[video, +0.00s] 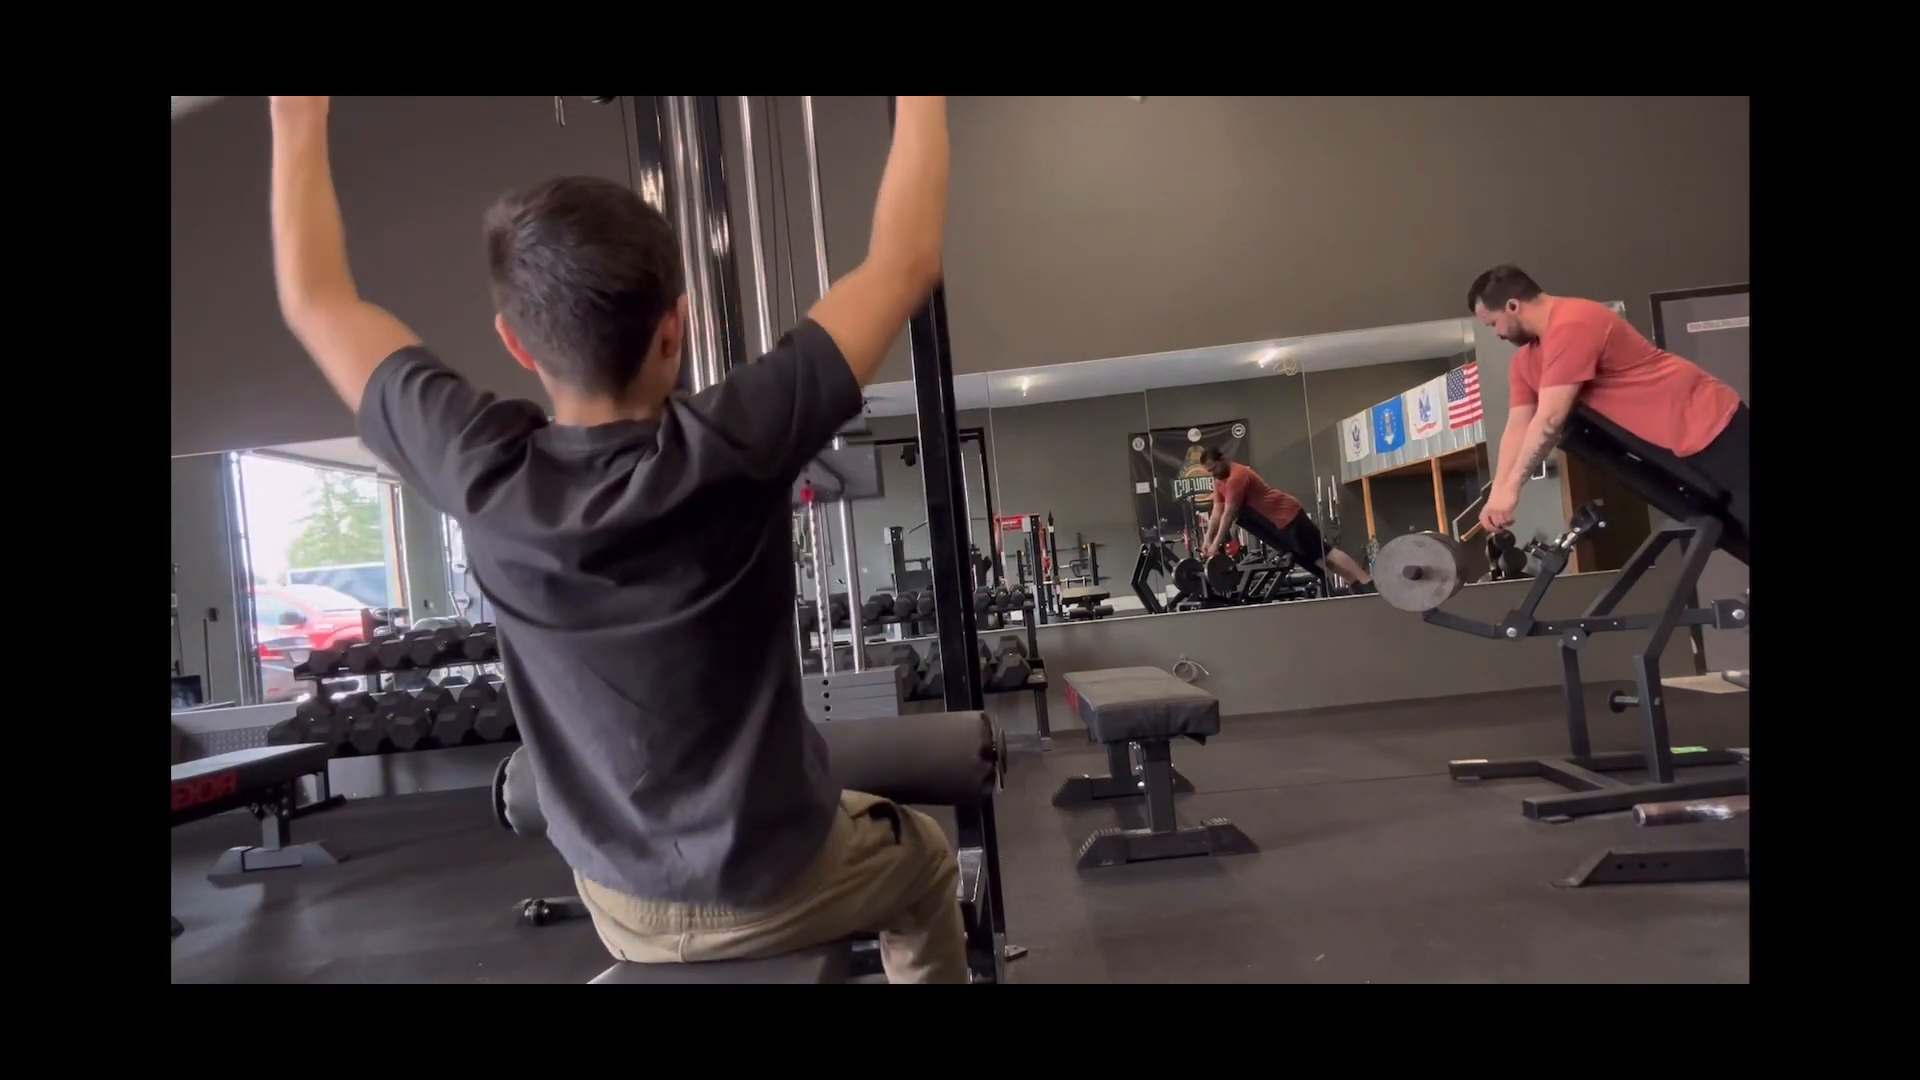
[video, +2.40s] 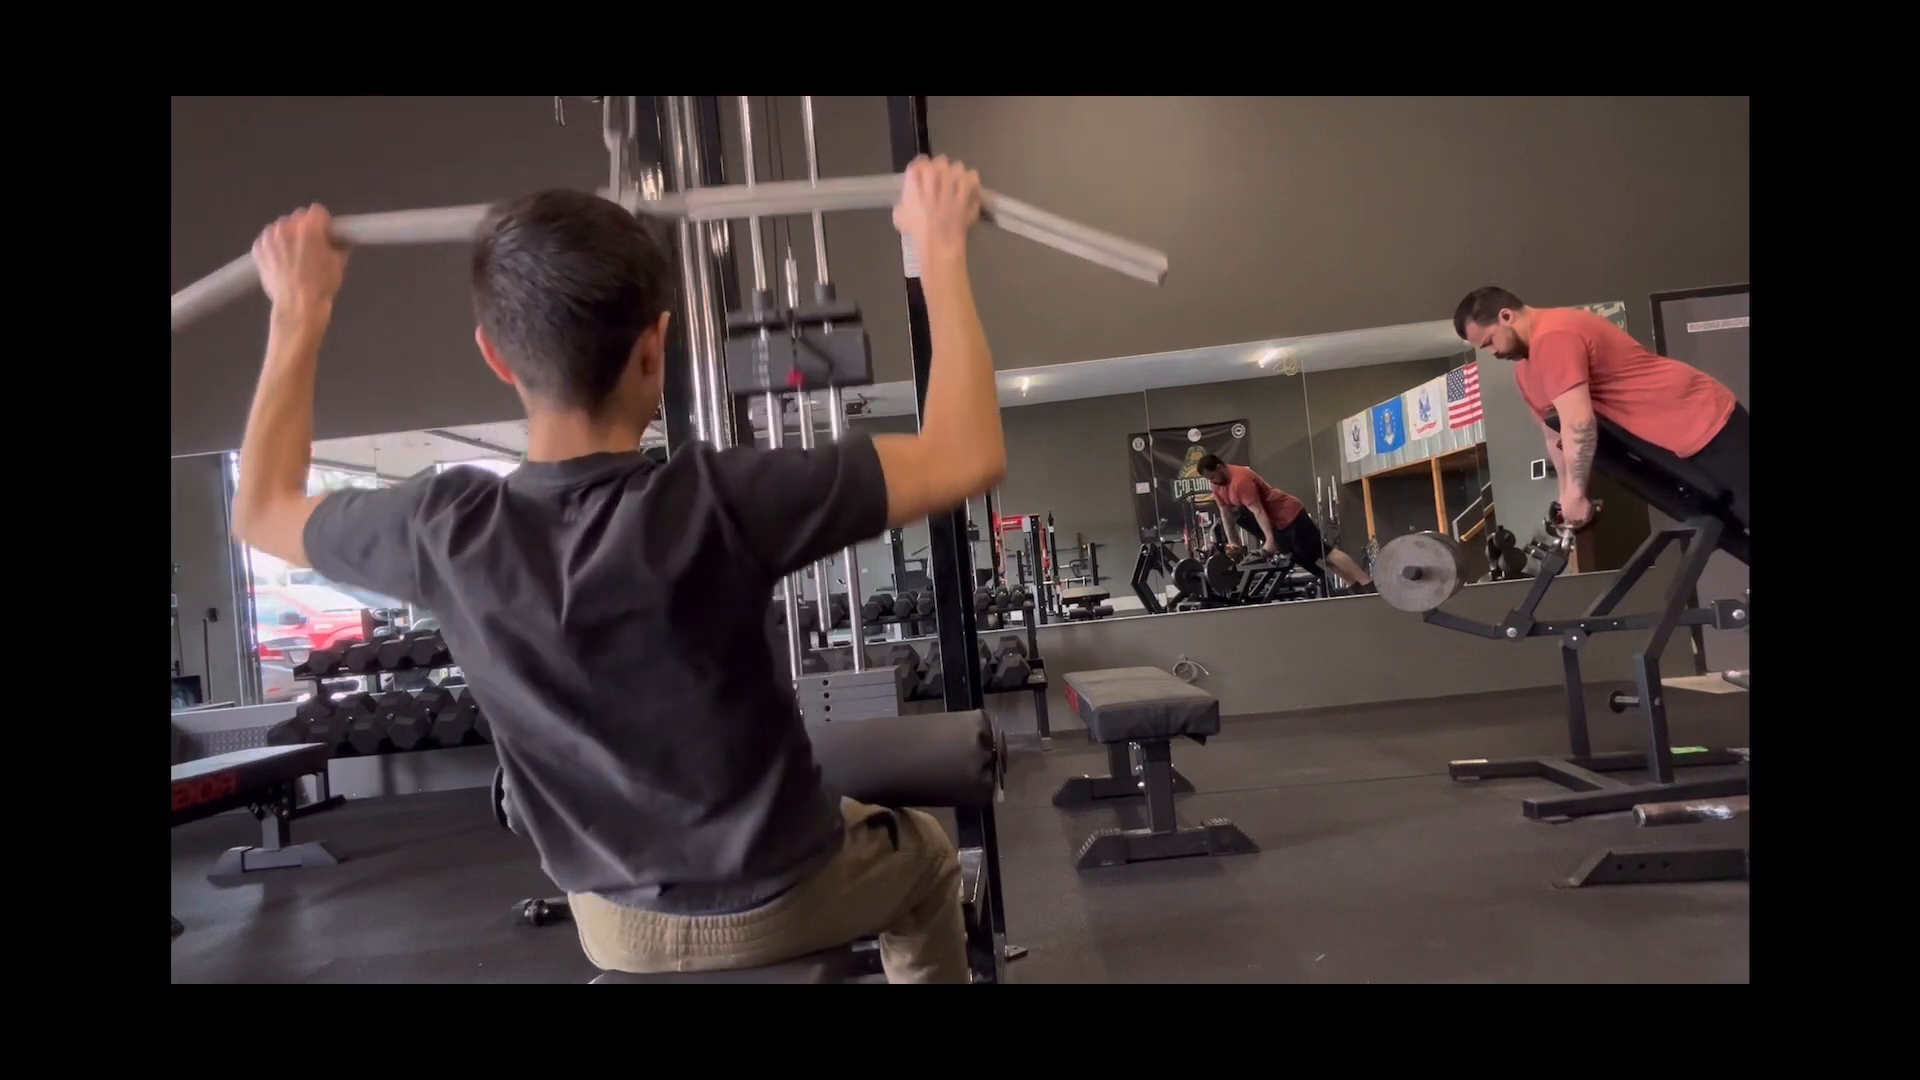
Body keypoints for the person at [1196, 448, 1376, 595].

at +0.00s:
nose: (1213, 473)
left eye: (1214, 467)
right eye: (1209, 470)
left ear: (1222, 459)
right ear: (1207, 470)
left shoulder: (1238, 475)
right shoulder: (1219, 483)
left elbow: (1230, 513)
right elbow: (1216, 512)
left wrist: (1216, 543)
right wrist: (1207, 539)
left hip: (1289, 514)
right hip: (1278, 524)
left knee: (1324, 550)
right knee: (1316, 558)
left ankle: (1367, 581)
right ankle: (1354, 583)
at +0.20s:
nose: (1212, 475)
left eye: (1213, 470)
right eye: (1209, 473)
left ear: (1221, 462)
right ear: (1208, 472)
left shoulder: (1239, 475)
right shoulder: (1220, 485)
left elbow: (1241, 510)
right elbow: (1219, 512)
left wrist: (1233, 541)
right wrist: (1211, 539)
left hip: (1289, 514)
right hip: (1276, 526)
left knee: (1324, 551)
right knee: (1315, 558)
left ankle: (1367, 581)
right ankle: (1354, 583)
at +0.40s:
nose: (1214, 475)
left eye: (1214, 470)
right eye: (1210, 473)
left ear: (1221, 463)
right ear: (1208, 473)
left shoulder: (1240, 475)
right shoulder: (1220, 485)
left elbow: (1257, 505)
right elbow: (1225, 510)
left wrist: (1258, 537)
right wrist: (1223, 538)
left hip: (1289, 514)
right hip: (1274, 525)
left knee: (1323, 551)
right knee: (1313, 559)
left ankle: (1368, 581)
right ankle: (1354, 583)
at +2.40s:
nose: (1213, 480)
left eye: (1213, 474)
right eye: (1209, 478)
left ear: (1221, 466)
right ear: (1206, 477)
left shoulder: (1241, 479)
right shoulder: (1217, 487)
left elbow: (1258, 511)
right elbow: (1226, 514)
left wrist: (1269, 539)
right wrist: (1232, 541)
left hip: (1290, 514)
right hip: (1275, 523)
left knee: (1325, 551)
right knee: (1315, 558)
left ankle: (1368, 583)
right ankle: (1353, 584)